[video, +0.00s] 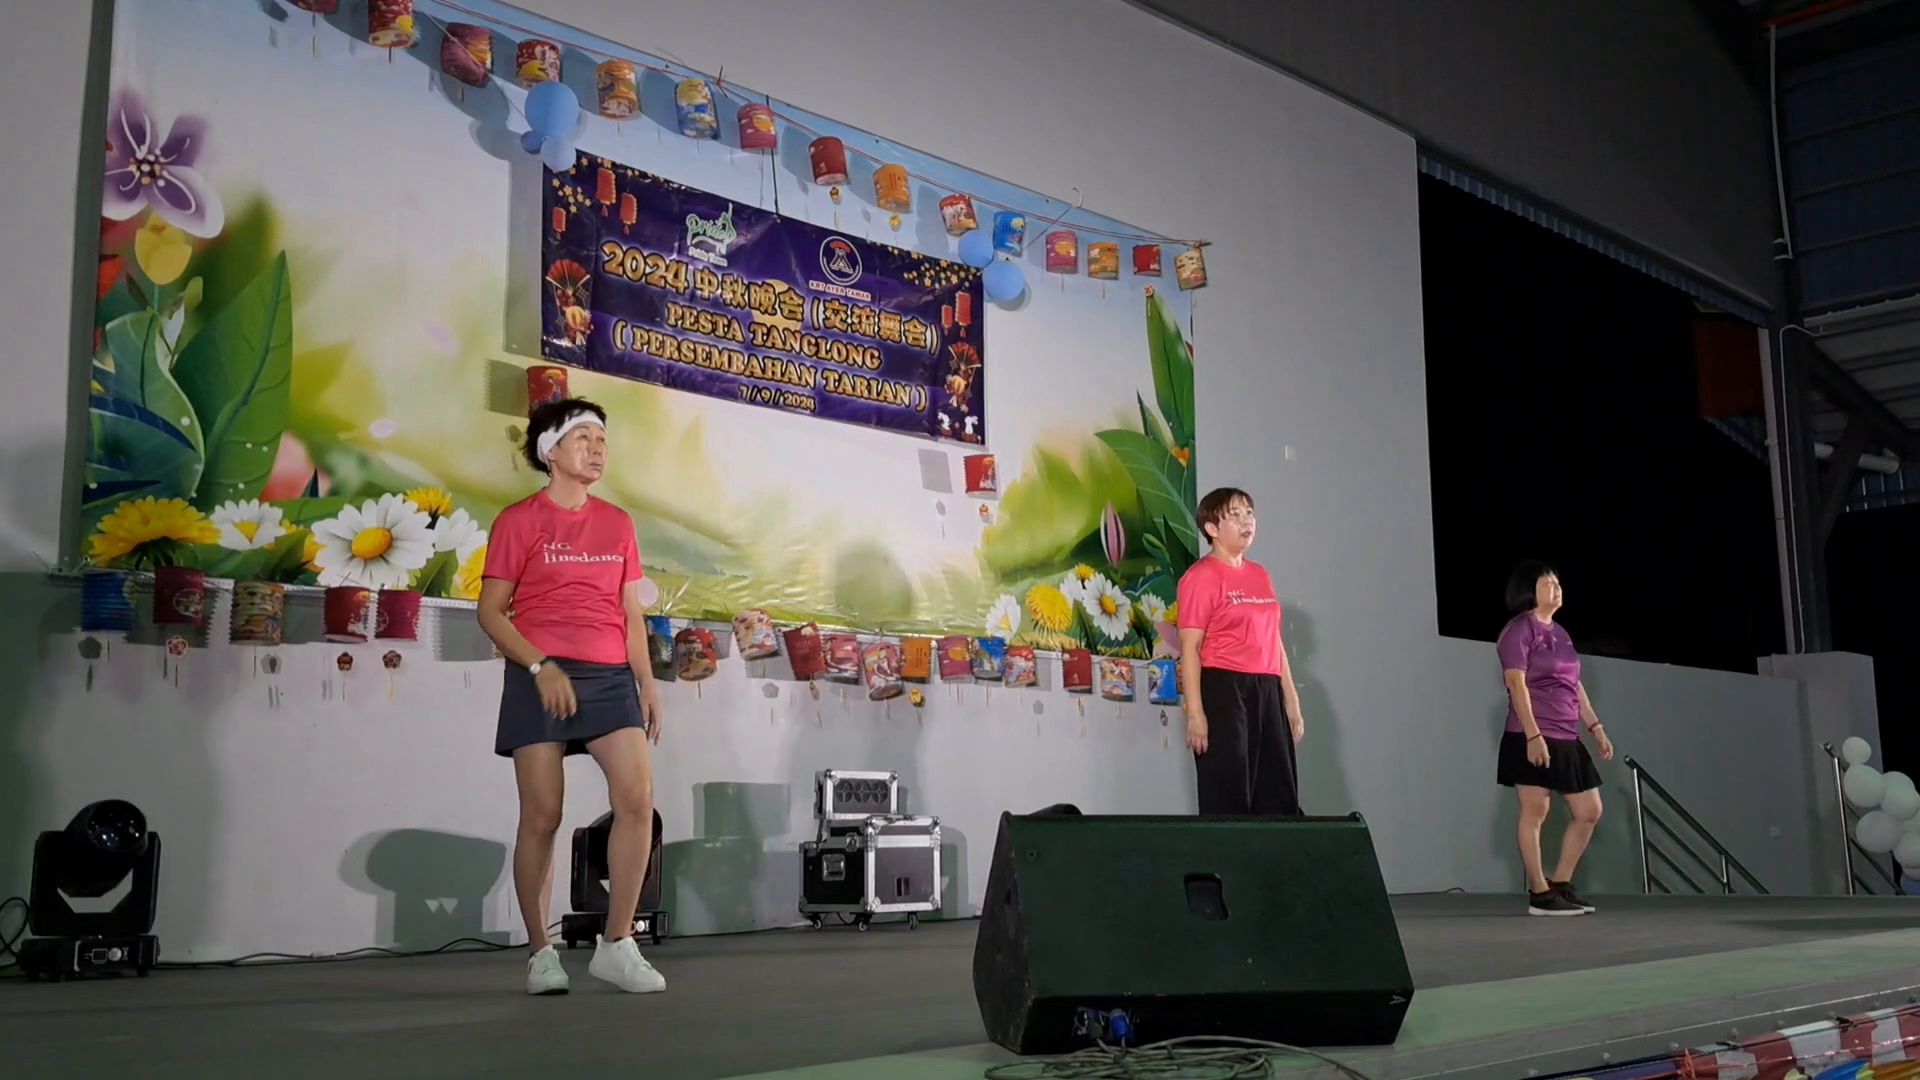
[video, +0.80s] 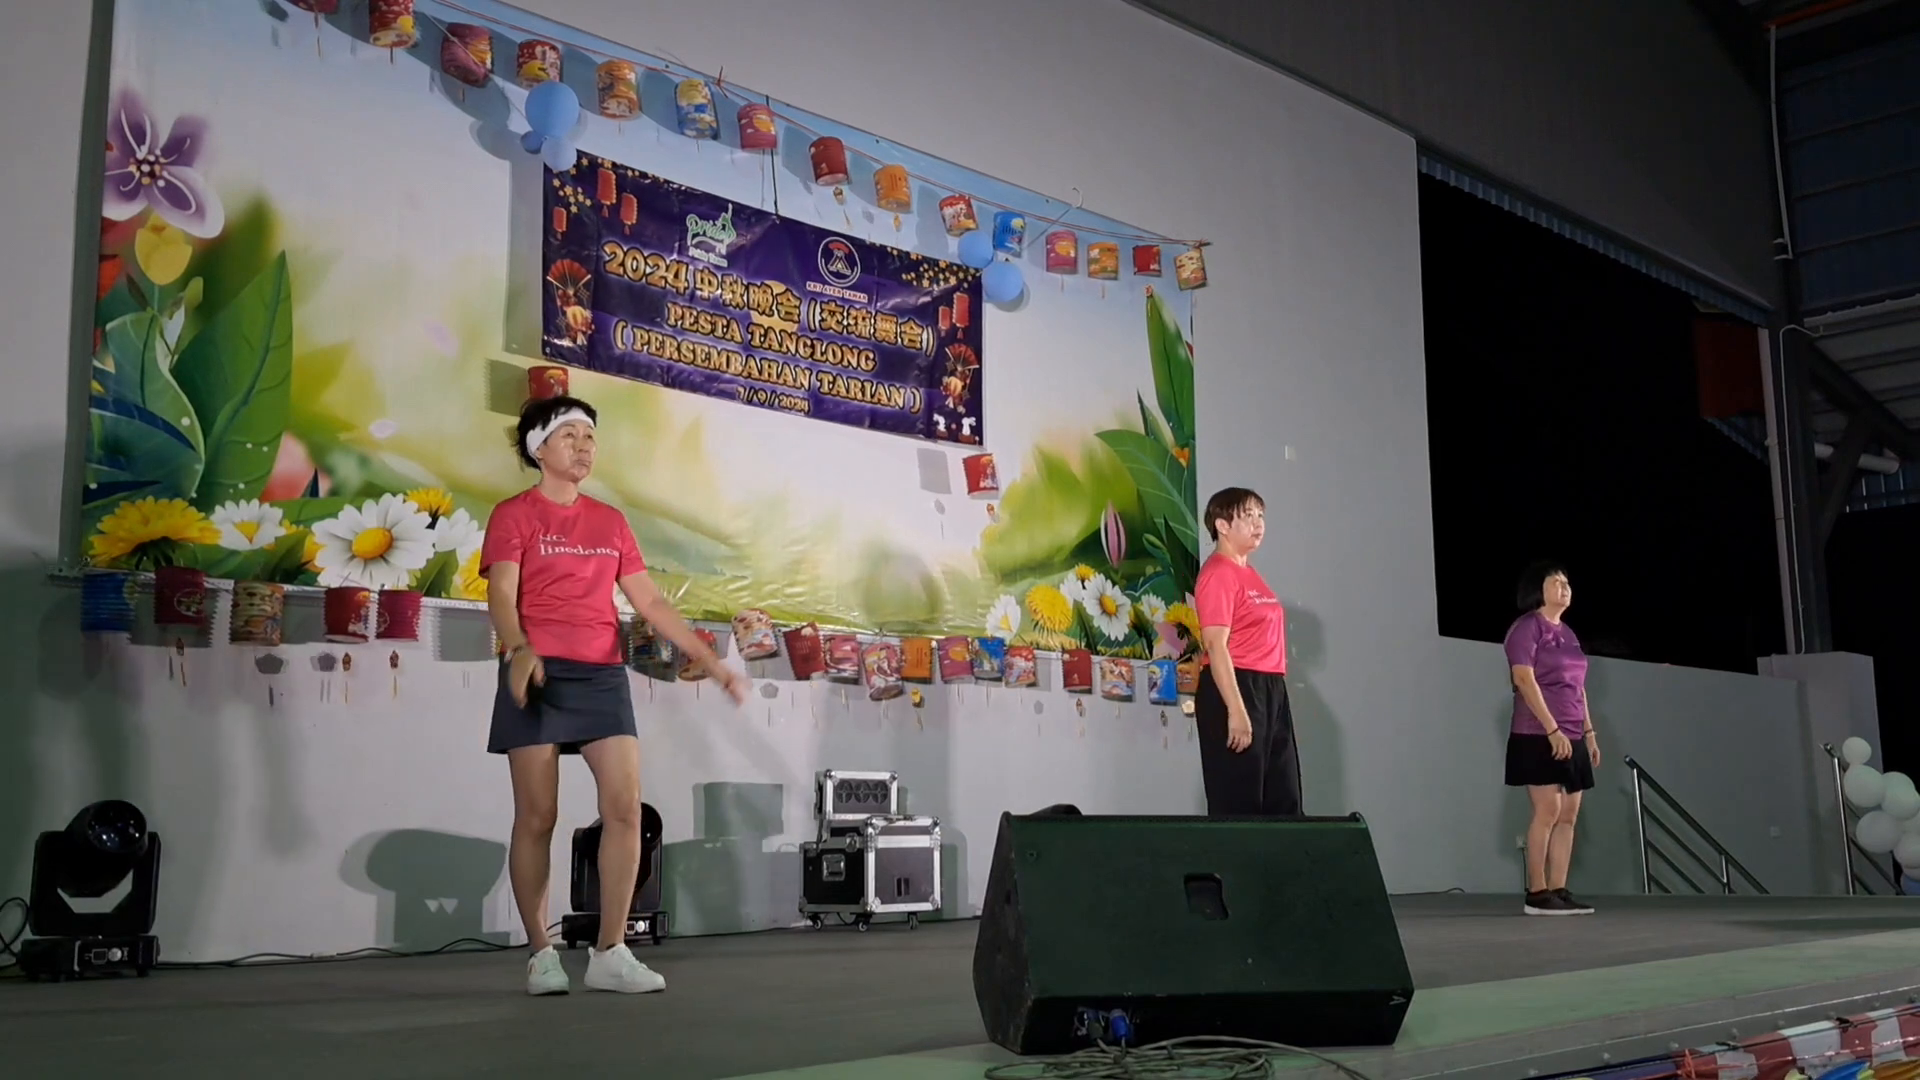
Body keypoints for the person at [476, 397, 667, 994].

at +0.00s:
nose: (596, 448)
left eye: (601, 440)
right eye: (583, 438)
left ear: (606, 453)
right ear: (551, 448)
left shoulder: (617, 523)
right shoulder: (518, 520)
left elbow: (632, 614)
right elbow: (491, 612)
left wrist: (646, 684)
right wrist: (539, 664)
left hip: (611, 681)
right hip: (538, 678)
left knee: (637, 800)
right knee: (542, 813)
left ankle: (617, 942)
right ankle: (542, 949)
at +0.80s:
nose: (583, 446)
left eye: (589, 438)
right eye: (570, 436)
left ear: (595, 449)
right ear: (538, 447)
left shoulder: (609, 521)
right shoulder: (515, 514)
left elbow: (651, 603)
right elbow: (502, 591)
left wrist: (710, 661)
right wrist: (516, 648)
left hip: (602, 676)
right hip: (534, 673)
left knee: (624, 807)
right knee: (537, 815)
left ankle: (609, 951)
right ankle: (542, 949)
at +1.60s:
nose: (582, 448)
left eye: (588, 438)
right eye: (568, 437)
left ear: (596, 449)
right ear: (536, 448)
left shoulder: (609, 521)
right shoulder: (515, 511)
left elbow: (667, 587)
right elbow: (505, 566)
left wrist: (708, 537)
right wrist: (550, 512)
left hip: (603, 676)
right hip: (536, 672)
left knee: (621, 809)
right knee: (542, 812)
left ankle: (609, 954)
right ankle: (541, 950)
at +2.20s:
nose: (580, 438)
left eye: (586, 430)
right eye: (566, 429)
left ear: (593, 445)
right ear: (535, 443)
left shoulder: (615, 517)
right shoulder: (515, 509)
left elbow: (663, 588)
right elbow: (500, 579)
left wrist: (728, 615)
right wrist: (535, 586)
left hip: (606, 674)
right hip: (539, 672)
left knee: (616, 811)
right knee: (541, 813)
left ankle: (609, 953)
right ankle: (542, 951)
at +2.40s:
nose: (584, 436)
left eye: (589, 429)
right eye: (570, 427)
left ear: (596, 444)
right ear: (539, 442)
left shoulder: (616, 518)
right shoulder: (516, 512)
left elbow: (633, 614)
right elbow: (496, 609)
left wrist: (635, 691)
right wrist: (472, 698)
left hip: (608, 679)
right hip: (534, 677)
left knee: (626, 809)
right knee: (538, 815)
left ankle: (610, 952)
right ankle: (541, 950)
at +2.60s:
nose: (586, 439)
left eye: (591, 431)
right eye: (571, 431)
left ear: (598, 446)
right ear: (541, 447)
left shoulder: (618, 520)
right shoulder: (514, 517)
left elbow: (612, 603)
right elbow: (482, 605)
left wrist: (613, 670)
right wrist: (444, 680)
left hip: (603, 679)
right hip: (531, 678)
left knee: (627, 807)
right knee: (535, 817)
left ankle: (610, 949)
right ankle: (541, 950)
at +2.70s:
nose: (584, 440)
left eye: (590, 431)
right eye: (570, 430)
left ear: (598, 446)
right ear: (540, 445)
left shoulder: (618, 519)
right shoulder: (513, 515)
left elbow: (614, 608)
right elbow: (481, 608)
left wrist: (614, 676)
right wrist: (448, 695)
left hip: (602, 680)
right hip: (530, 678)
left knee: (624, 808)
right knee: (533, 817)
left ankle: (609, 950)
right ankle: (541, 950)